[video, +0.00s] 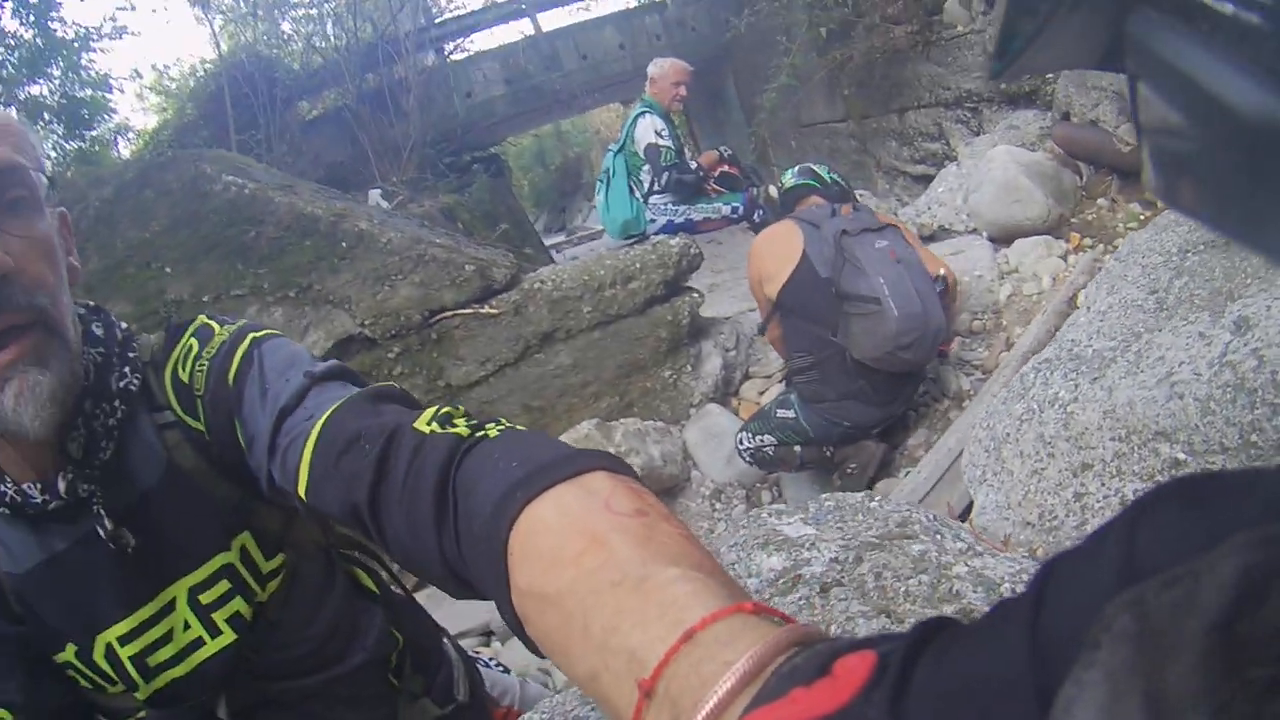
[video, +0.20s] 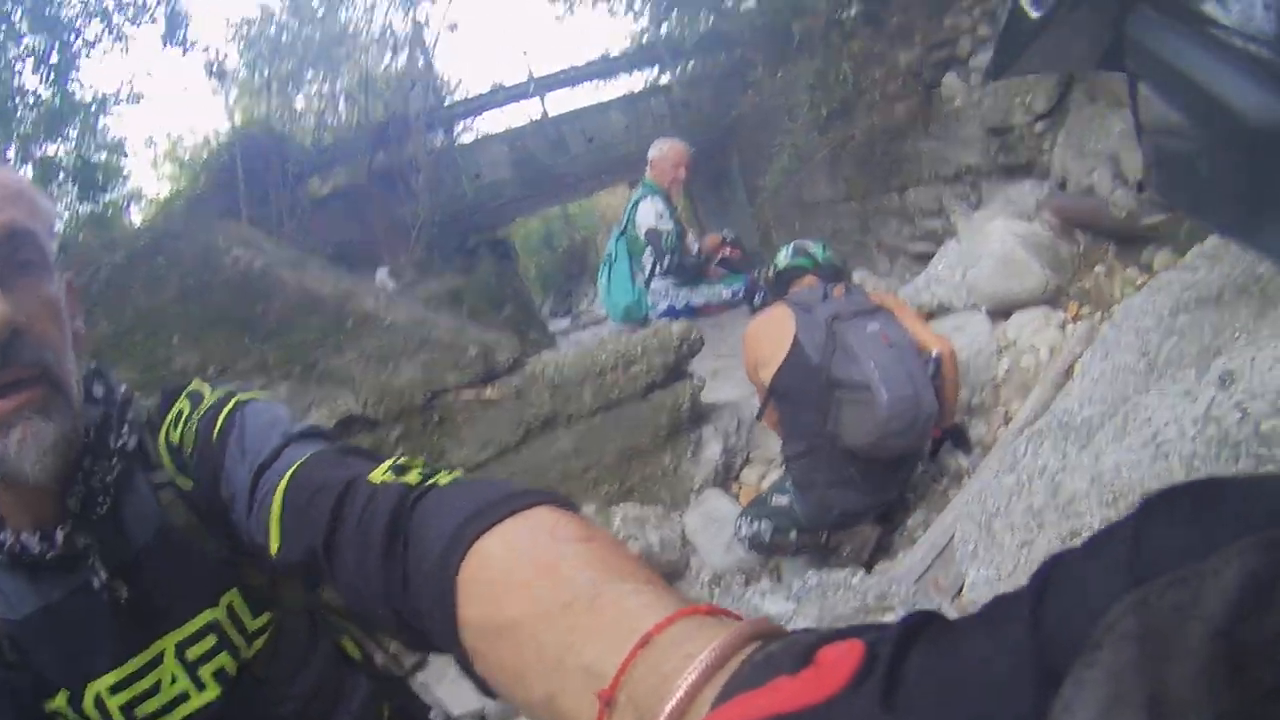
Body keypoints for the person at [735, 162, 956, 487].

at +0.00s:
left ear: (785, 208)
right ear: (841, 194)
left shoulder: (767, 244)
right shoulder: (883, 222)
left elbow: (777, 336)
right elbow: (943, 277)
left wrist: (809, 368)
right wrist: (942, 340)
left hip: (837, 407)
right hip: (905, 383)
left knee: (749, 443)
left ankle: (847, 453)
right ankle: (893, 422)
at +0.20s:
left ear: (775, 285)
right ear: (837, 274)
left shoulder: (759, 331)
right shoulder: (878, 300)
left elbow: (775, 420)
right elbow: (942, 353)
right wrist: (945, 426)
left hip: (828, 493)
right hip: (897, 471)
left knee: (749, 525)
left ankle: (840, 542)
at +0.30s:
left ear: (744, 322)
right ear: (804, 302)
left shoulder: (737, 369)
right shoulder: (850, 332)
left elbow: (763, 451)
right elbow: (911, 389)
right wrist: (932, 449)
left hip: (826, 520)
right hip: (891, 492)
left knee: (751, 557)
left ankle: (842, 564)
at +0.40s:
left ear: (732, 270)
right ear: (793, 250)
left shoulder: (721, 316)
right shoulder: (834, 277)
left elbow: (745, 399)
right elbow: (893, 341)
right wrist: (911, 407)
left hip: (807, 470)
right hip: (874, 443)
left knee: (733, 506)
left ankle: (818, 513)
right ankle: (872, 483)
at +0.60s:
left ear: (767, 293)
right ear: (825, 273)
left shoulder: (755, 342)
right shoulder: (863, 298)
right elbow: (925, 364)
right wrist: (944, 433)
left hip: (849, 498)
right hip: (912, 466)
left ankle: (865, 543)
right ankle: (909, 506)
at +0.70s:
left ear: (779, 258)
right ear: (835, 244)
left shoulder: (767, 309)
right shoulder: (880, 271)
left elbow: (791, 393)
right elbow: (933, 341)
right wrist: (950, 409)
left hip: (853, 465)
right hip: (917, 439)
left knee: (774, 496)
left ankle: (868, 508)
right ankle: (913, 476)